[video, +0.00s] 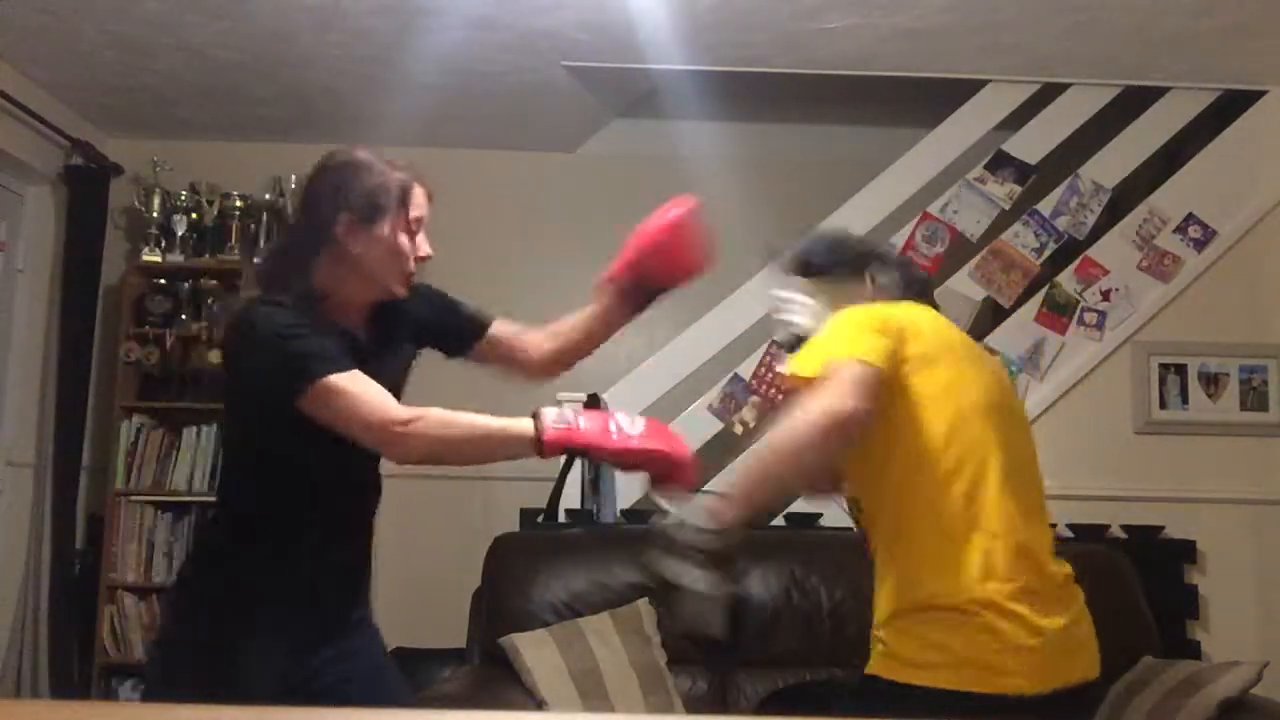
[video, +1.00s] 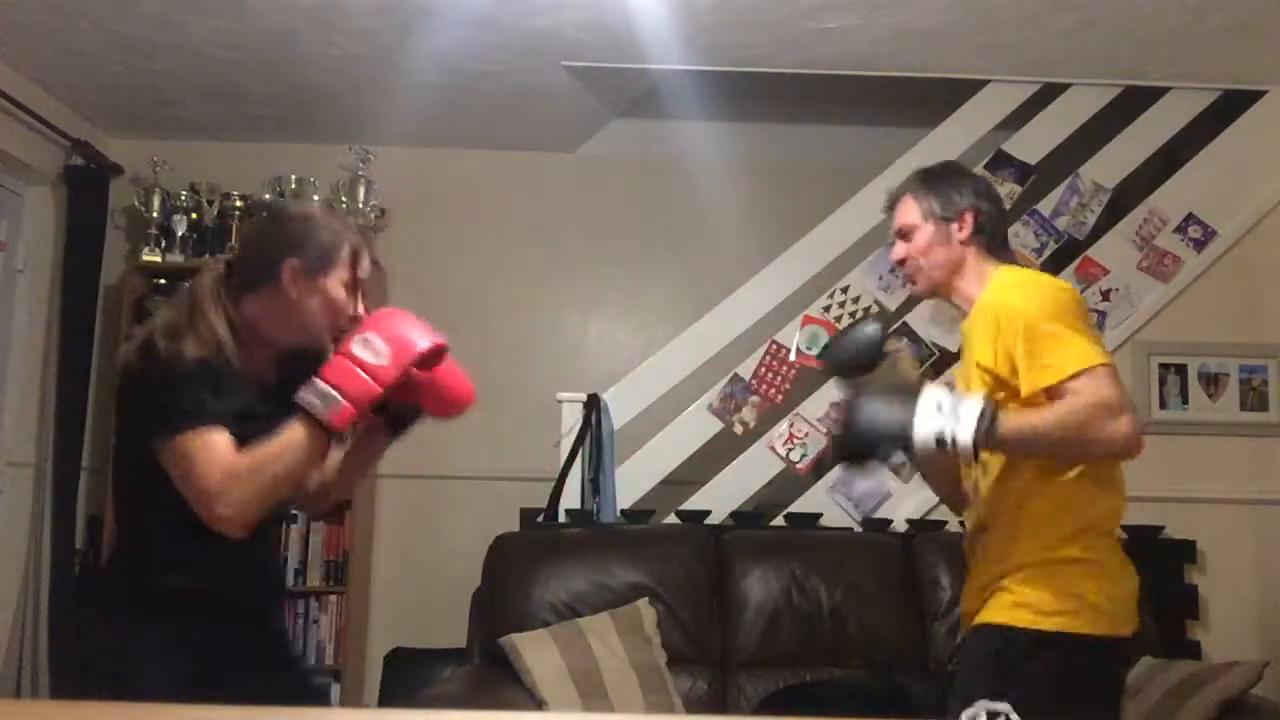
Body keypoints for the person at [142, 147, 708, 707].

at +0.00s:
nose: (422, 249)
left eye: (423, 232)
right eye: (409, 231)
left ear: (362, 235)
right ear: (348, 231)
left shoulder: (402, 309)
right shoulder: (271, 330)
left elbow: (536, 352)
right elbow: (395, 433)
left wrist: (629, 289)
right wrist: (563, 433)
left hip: (335, 623)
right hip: (232, 627)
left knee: (391, 712)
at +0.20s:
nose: (375, 278)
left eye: (374, 259)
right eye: (361, 258)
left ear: (300, 262)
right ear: (294, 257)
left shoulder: (341, 355)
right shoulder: (199, 354)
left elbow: (339, 472)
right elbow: (303, 477)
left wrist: (465, 459)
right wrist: (457, 444)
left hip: (311, 657)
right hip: (195, 663)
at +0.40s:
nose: (416, 288)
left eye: (421, 270)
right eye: (406, 267)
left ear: (367, 262)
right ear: (340, 254)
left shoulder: (395, 342)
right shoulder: (226, 340)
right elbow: (237, 506)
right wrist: (383, 431)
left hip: (330, 656)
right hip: (199, 662)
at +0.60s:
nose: (498, 317)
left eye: (500, 298)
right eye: (488, 295)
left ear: (437, 292)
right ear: (428, 287)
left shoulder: (443, 372)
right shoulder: (296, 365)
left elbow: (510, 476)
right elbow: (269, 532)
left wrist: (618, 472)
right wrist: (404, 451)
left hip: (370, 643)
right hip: (263, 652)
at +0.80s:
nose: (425, 303)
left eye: (428, 285)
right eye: (418, 283)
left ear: (362, 282)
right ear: (358, 278)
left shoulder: (353, 357)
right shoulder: (254, 361)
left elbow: (352, 482)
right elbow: (298, 521)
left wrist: (453, 463)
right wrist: (406, 400)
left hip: (323, 644)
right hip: (236, 659)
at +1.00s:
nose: (357, 312)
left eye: (358, 291)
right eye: (347, 287)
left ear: (296, 282)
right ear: (293, 278)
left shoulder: (287, 366)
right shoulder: (170, 357)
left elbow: (318, 497)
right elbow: (227, 502)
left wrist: (387, 417)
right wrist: (341, 388)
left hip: (252, 639)